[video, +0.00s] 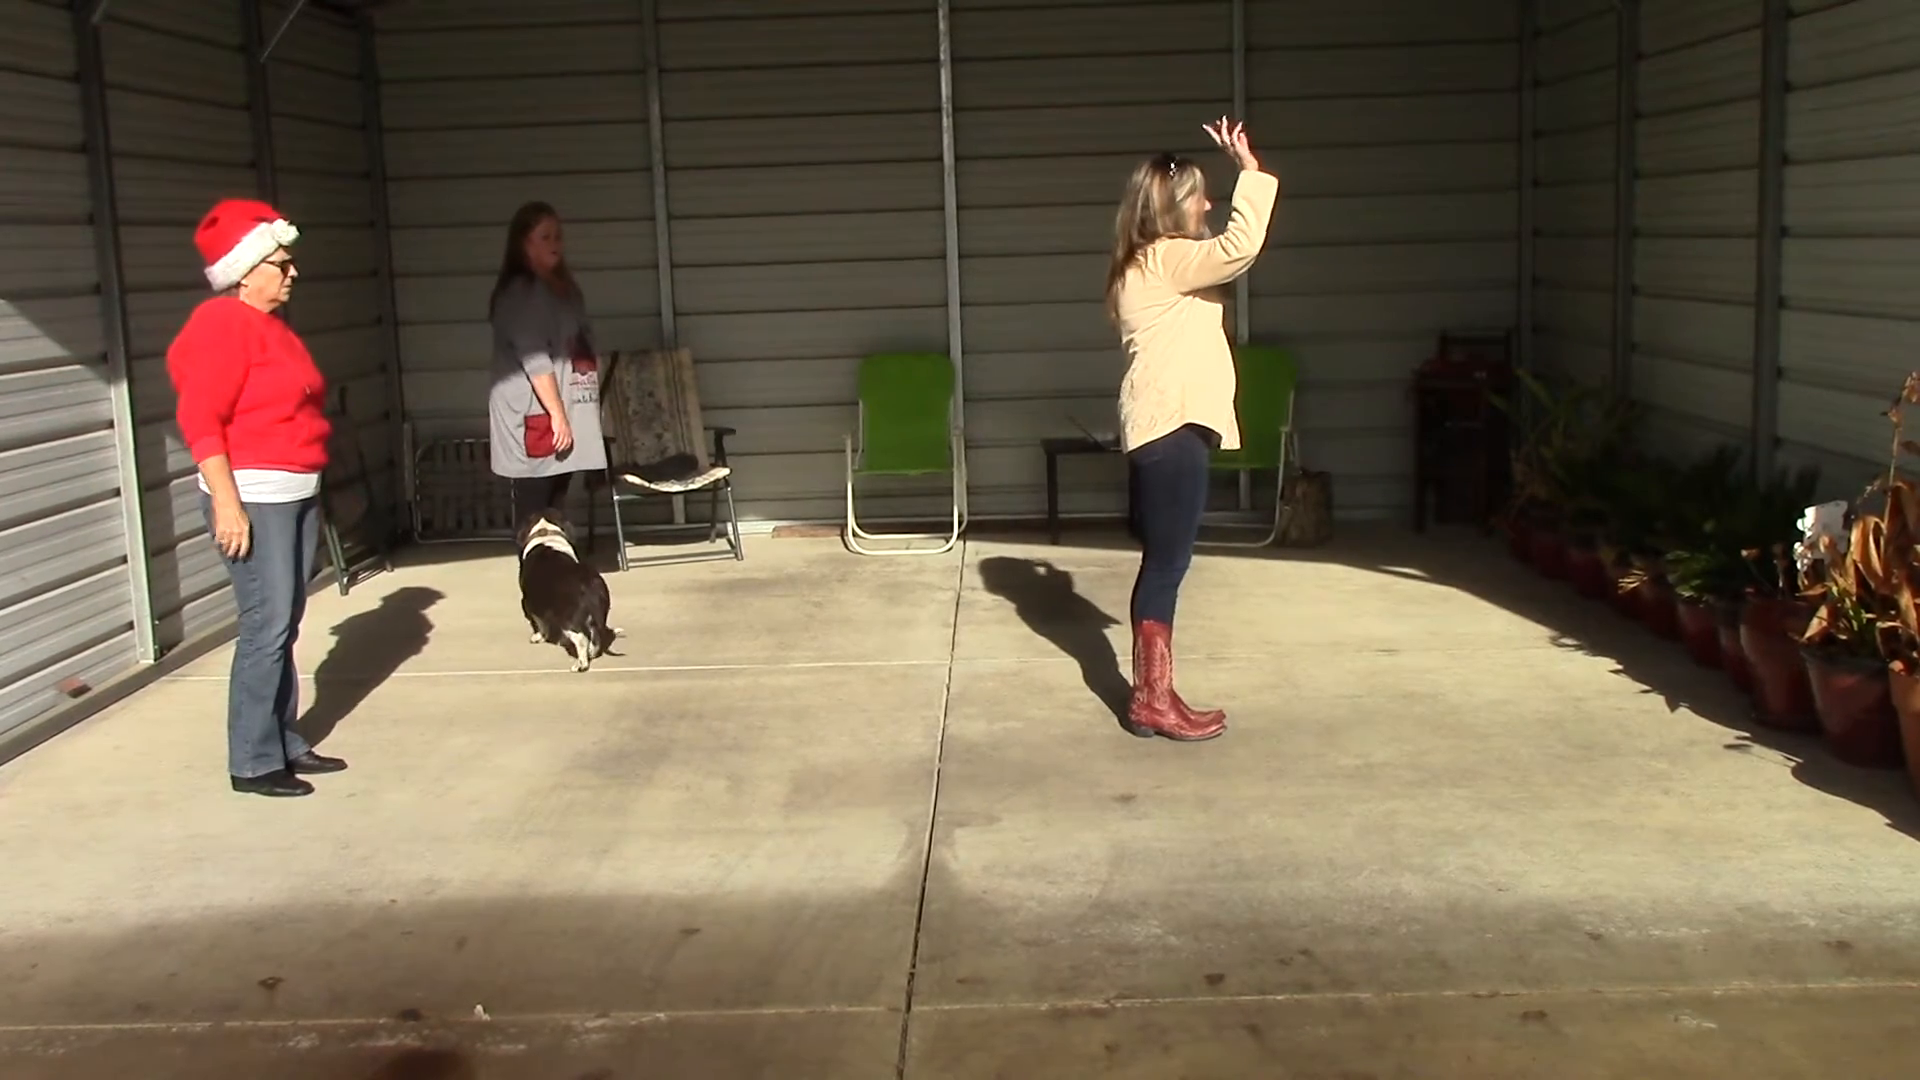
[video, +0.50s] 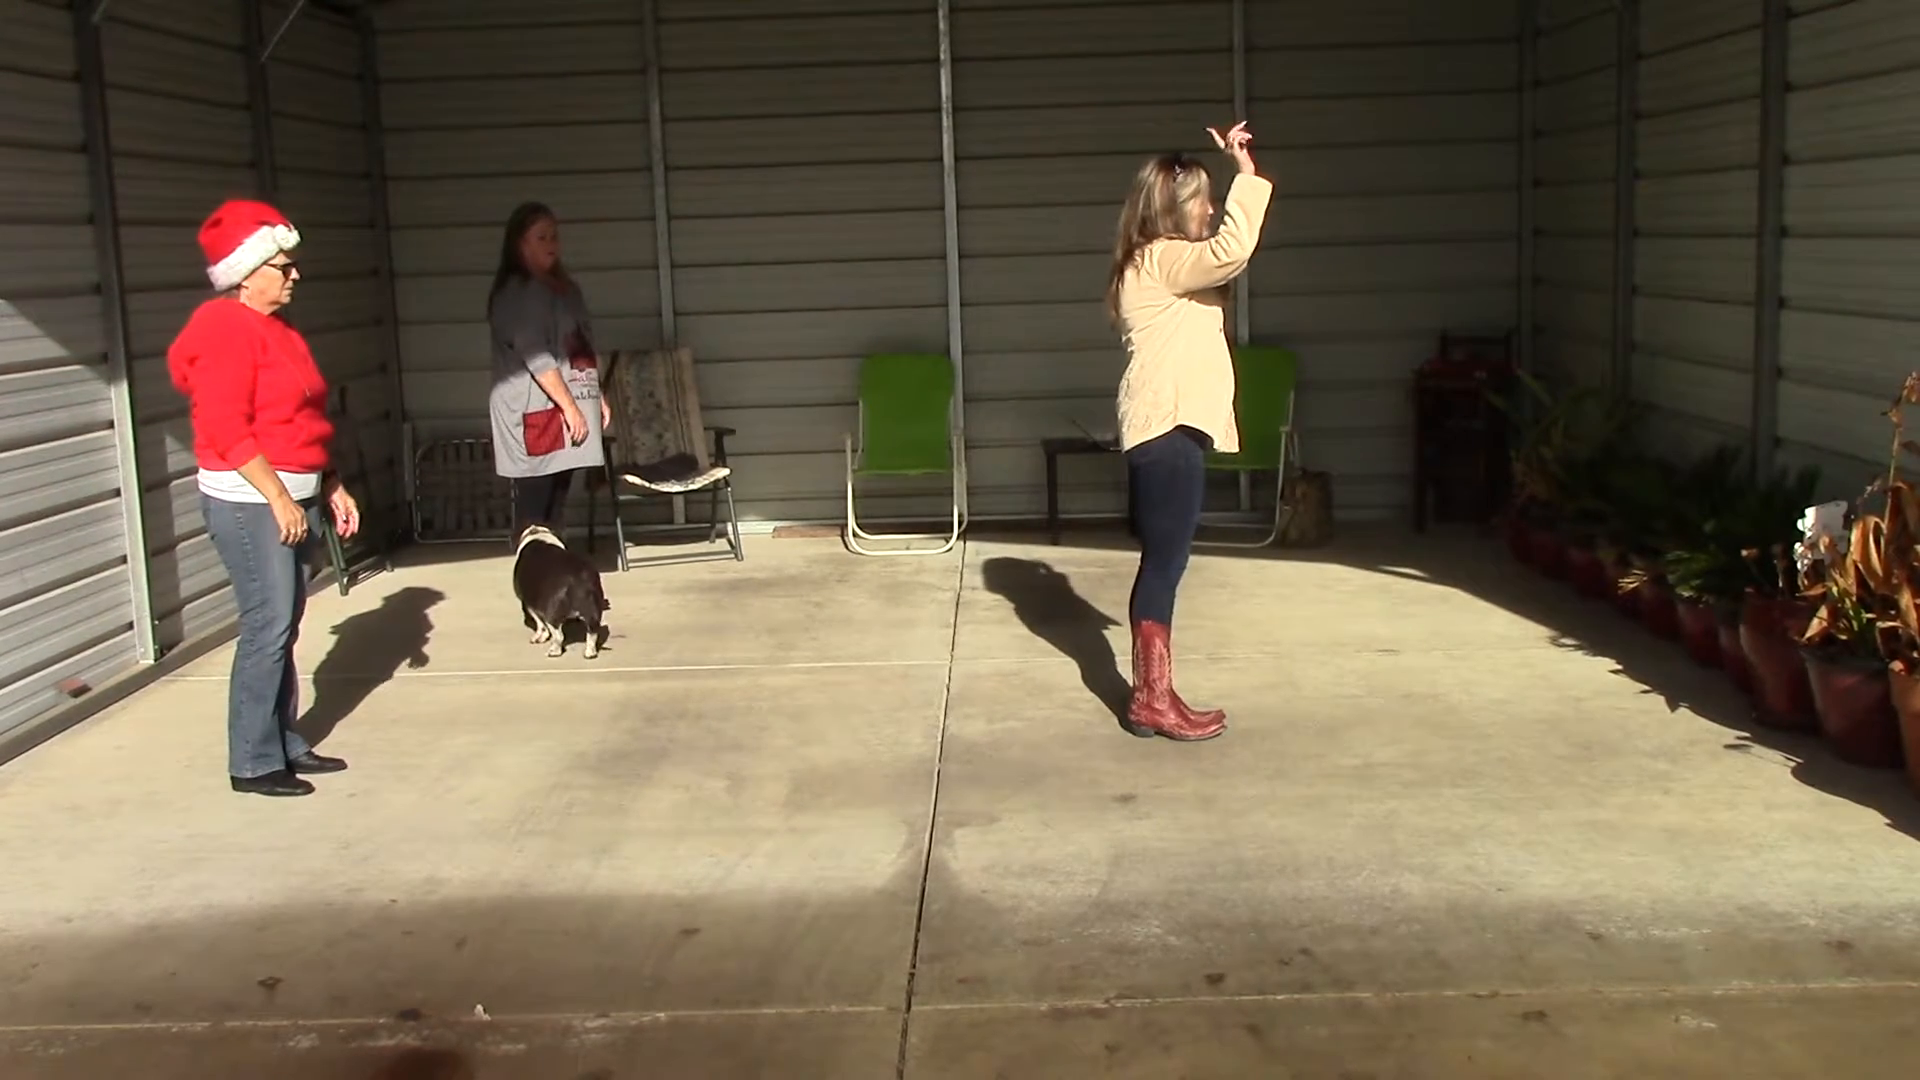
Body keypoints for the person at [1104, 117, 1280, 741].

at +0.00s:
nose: (1209, 206)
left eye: (1206, 196)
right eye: (1200, 197)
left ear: (1164, 206)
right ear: (1171, 205)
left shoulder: (1147, 265)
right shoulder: (1163, 258)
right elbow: (1239, 248)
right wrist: (1254, 175)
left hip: (1162, 428)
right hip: (1174, 428)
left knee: (1163, 558)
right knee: (1167, 559)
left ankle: (1153, 694)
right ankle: (1152, 699)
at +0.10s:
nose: (1208, 208)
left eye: (1206, 198)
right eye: (1199, 198)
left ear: (1161, 204)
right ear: (1171, 204)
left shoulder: (1147, 263)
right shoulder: (1161, 257)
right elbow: (1234, 247)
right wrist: (1247, 172)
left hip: (1161, 427)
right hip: (1173, 427)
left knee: (1163, 559)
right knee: (1167, 560)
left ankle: (1153, 695)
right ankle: (1152, 699)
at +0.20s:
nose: (1208, 209)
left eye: (1206, 199)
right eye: (1199, 199)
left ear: (1162, 205)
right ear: (1171, 205)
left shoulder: (1149, 262)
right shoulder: (1159, 257)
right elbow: (1230, 245)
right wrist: (1244, 171)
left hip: (1163, 427)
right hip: (1171, 428)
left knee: (1162, 559)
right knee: (1166, 559)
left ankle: (1153, 694)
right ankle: (1152, 698)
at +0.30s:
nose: (1206, 208)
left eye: (1205, 198)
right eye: (1197, 199)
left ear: (1165, 204)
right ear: (1169, 205)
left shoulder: (1154, 261)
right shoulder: (1155, 258)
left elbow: (1226, 248)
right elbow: (1229, 245)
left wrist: (1240, 169)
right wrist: (1241, 168)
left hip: (1165, 427)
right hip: (1168, 428)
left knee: (1163, 559)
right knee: (1167, 560)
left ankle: (1153, 694)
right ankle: (1152, 698)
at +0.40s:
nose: (1208, 210)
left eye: (1207, 200)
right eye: (1199, 200)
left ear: (1166, 205)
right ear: (1170, 206)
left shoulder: (1155, 262)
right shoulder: (1157, 258)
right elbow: (1227, 249)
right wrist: (1245, 174)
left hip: (1166, 428)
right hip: (1168, 429)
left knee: (1163, 559)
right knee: (1165, 559)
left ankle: (1153, 694)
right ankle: (1152, 698)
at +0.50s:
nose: (1213, 209)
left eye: (1211, 199)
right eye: (1204, 200)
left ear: (1170, 206)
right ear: (1174, 206)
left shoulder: (1158, 262)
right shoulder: (1160, 258)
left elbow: (1227, 254)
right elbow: (1231, 250)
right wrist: (1250, 177)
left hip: (1167, 428)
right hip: (1168, 428)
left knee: (1162, 560)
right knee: (1164, 560)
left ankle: (1154, 695)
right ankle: (1151, 699)